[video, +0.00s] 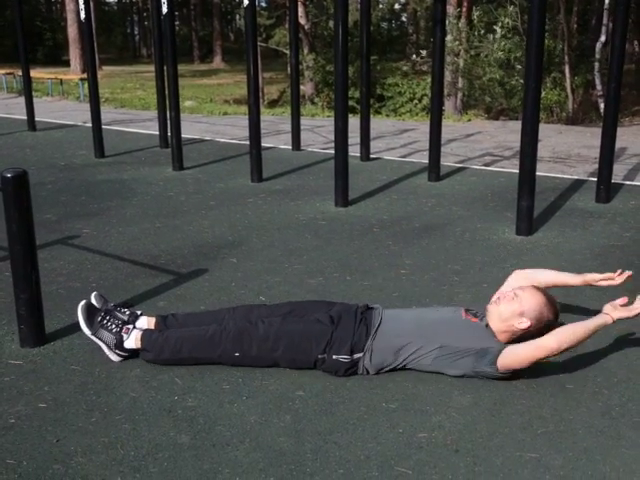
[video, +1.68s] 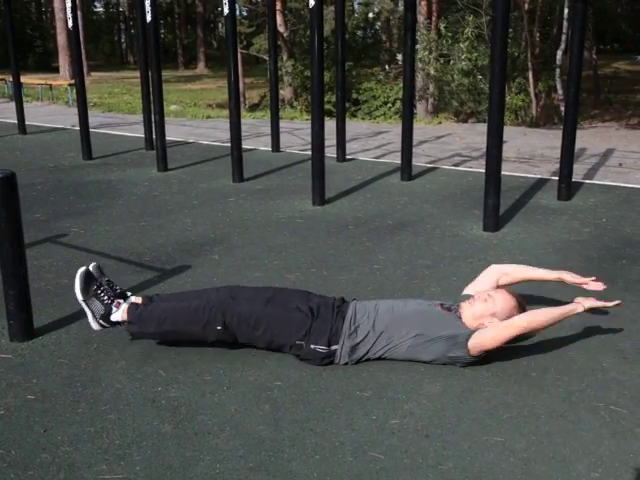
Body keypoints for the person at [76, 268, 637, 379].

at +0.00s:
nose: (514, 292)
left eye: (523, 298)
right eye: (523, 293)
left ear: (518, 323)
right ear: (511, 302)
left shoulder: (488, 352)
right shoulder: (482, 315)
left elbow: (549, 345)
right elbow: (531, 278)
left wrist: (606, 318)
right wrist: (595, 284)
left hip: (348, 341)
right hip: (353, 315)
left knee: (242, 335)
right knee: (244, 318)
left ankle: (132, 342)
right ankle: (140, 327)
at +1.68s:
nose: (483, 293)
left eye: (494, 296)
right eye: (490, 292)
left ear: (497, 317)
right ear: (485, 300)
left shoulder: (466, 338)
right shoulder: (460, 314)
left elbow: (519, 320)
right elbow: (500, 274)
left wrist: (578, 308)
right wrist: (567, 281)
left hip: (328, 332)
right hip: (330, 310)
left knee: (226, 315)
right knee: (228, 298)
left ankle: (117, 314)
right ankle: (126, 307)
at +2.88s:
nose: (441, 284)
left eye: (452, 286)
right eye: (448, 280)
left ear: (462, 307)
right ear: (453, 292)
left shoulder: (442, 340)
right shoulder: (432, 310)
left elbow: (481, 336)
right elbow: (472, 258)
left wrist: (529, 296)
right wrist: (532, 251)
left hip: (317, 339)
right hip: (317, 318)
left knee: (213, 319)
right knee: (213, 310)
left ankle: (111, 337)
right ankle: (121, 321)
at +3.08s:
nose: (463, 296)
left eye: (473, 300)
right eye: (468, 294)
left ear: (480, 322)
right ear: (464, 306)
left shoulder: (448, 348)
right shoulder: (443, 318)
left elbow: (516, 365)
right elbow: (511, 296)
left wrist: (570, 343)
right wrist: (570, 320)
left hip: (318, 339)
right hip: (318, 318)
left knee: (217, 337)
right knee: (219, 324)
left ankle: (113, 347)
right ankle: (129, 328)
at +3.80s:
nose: (412, 256)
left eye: (423, 255)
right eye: (419, 250)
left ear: (442, 273)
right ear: (436, 267)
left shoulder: (421, 308)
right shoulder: (423, 290)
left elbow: (366, 254)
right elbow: (388, 227)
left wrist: (346, 186)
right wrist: (372, 171)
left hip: (321, 343)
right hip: (326, 318)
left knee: (250, 261)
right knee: (256, 252)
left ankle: (141, 243)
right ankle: (153, 241)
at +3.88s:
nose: (388, 244)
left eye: (395, 241)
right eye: (392, 237)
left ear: (417, 254)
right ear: (419, 253)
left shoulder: (403, 288)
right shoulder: (412, 276)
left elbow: (345, 242)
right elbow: (368, 216)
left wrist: (311, 174)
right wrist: (337, 163)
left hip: (318, 344)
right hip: (328, 322)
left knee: (269, 250)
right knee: (275, 240)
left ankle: (166, 217)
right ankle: (176, 214)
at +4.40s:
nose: (414, 255)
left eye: (422, 250)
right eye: (418, 247)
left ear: (437, 269)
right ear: (428, 262)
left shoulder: (427, 312)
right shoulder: (423, 290)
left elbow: (401, 271)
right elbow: (400, 232)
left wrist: (409, 190)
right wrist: (403, 177)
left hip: (317, 344)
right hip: (321, 317)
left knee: (241, 276)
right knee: (248, 263)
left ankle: (127, 262)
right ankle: (141, 242)